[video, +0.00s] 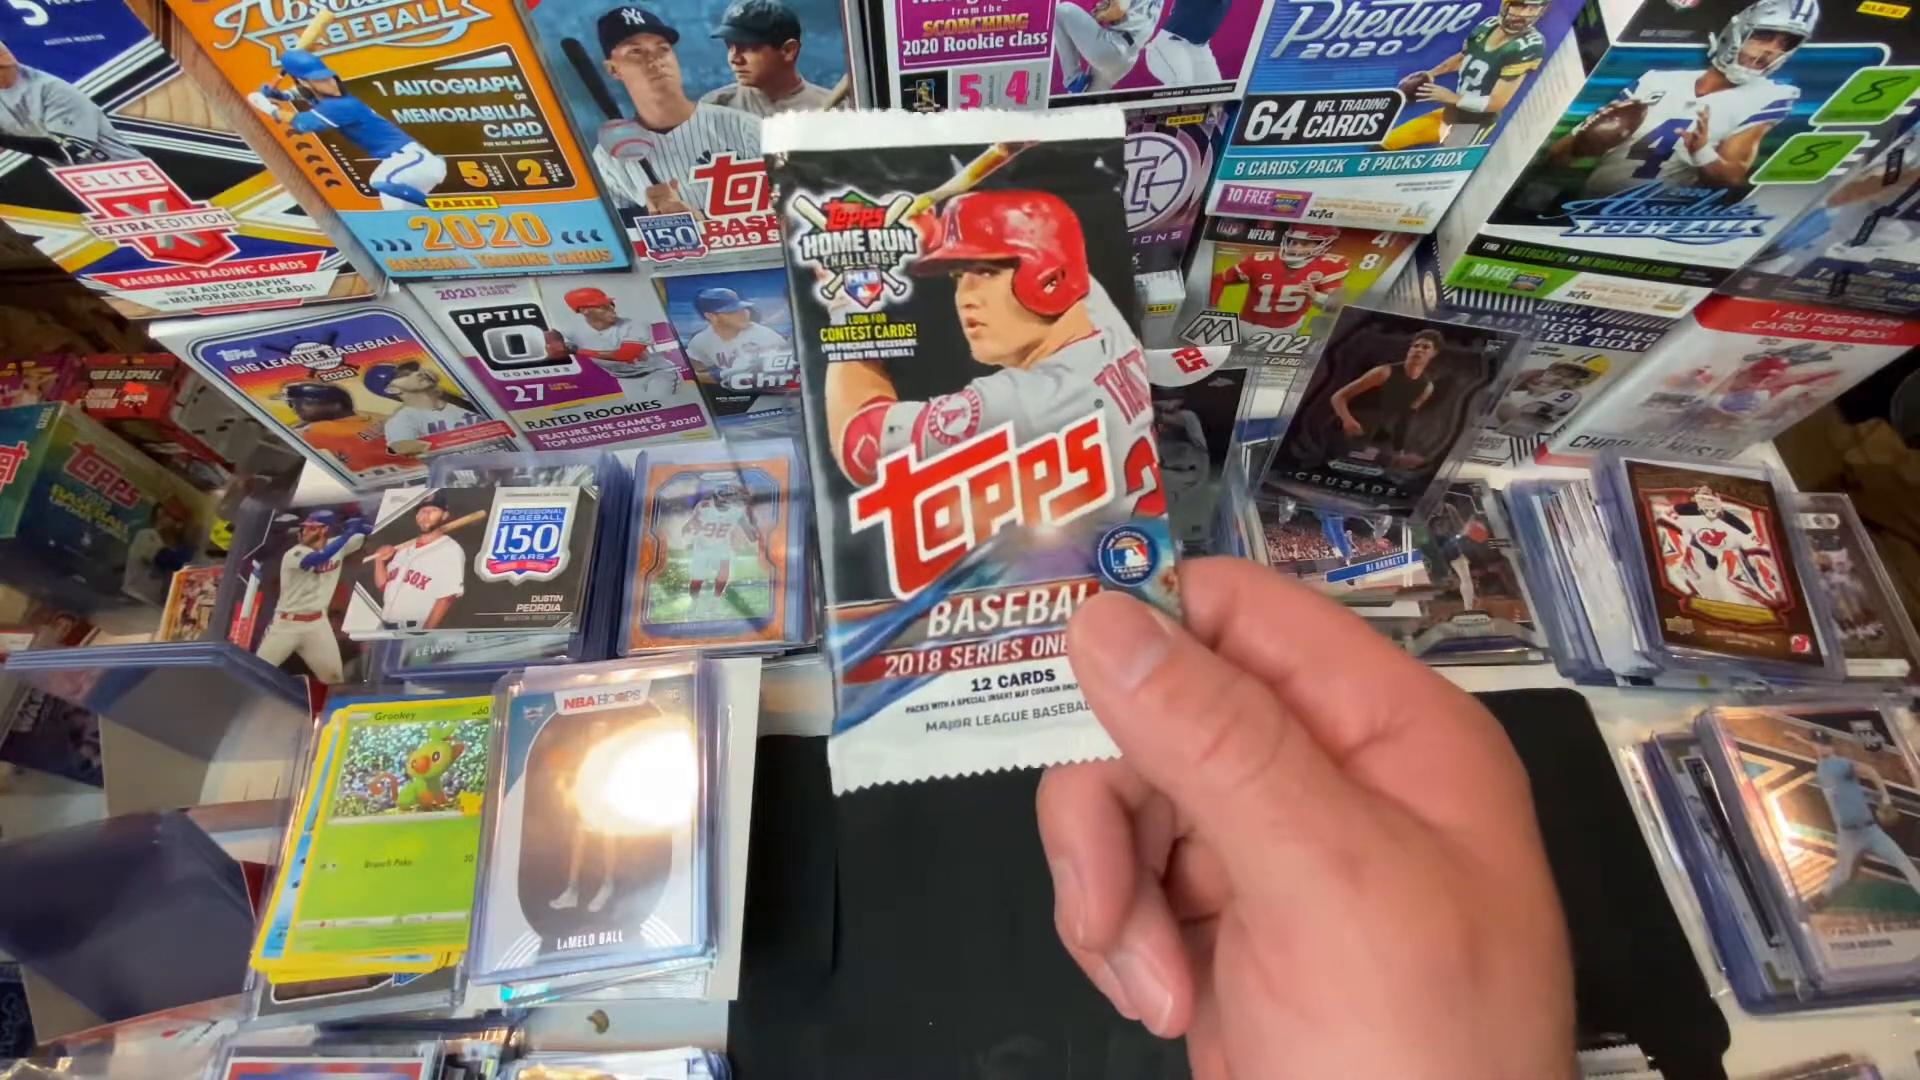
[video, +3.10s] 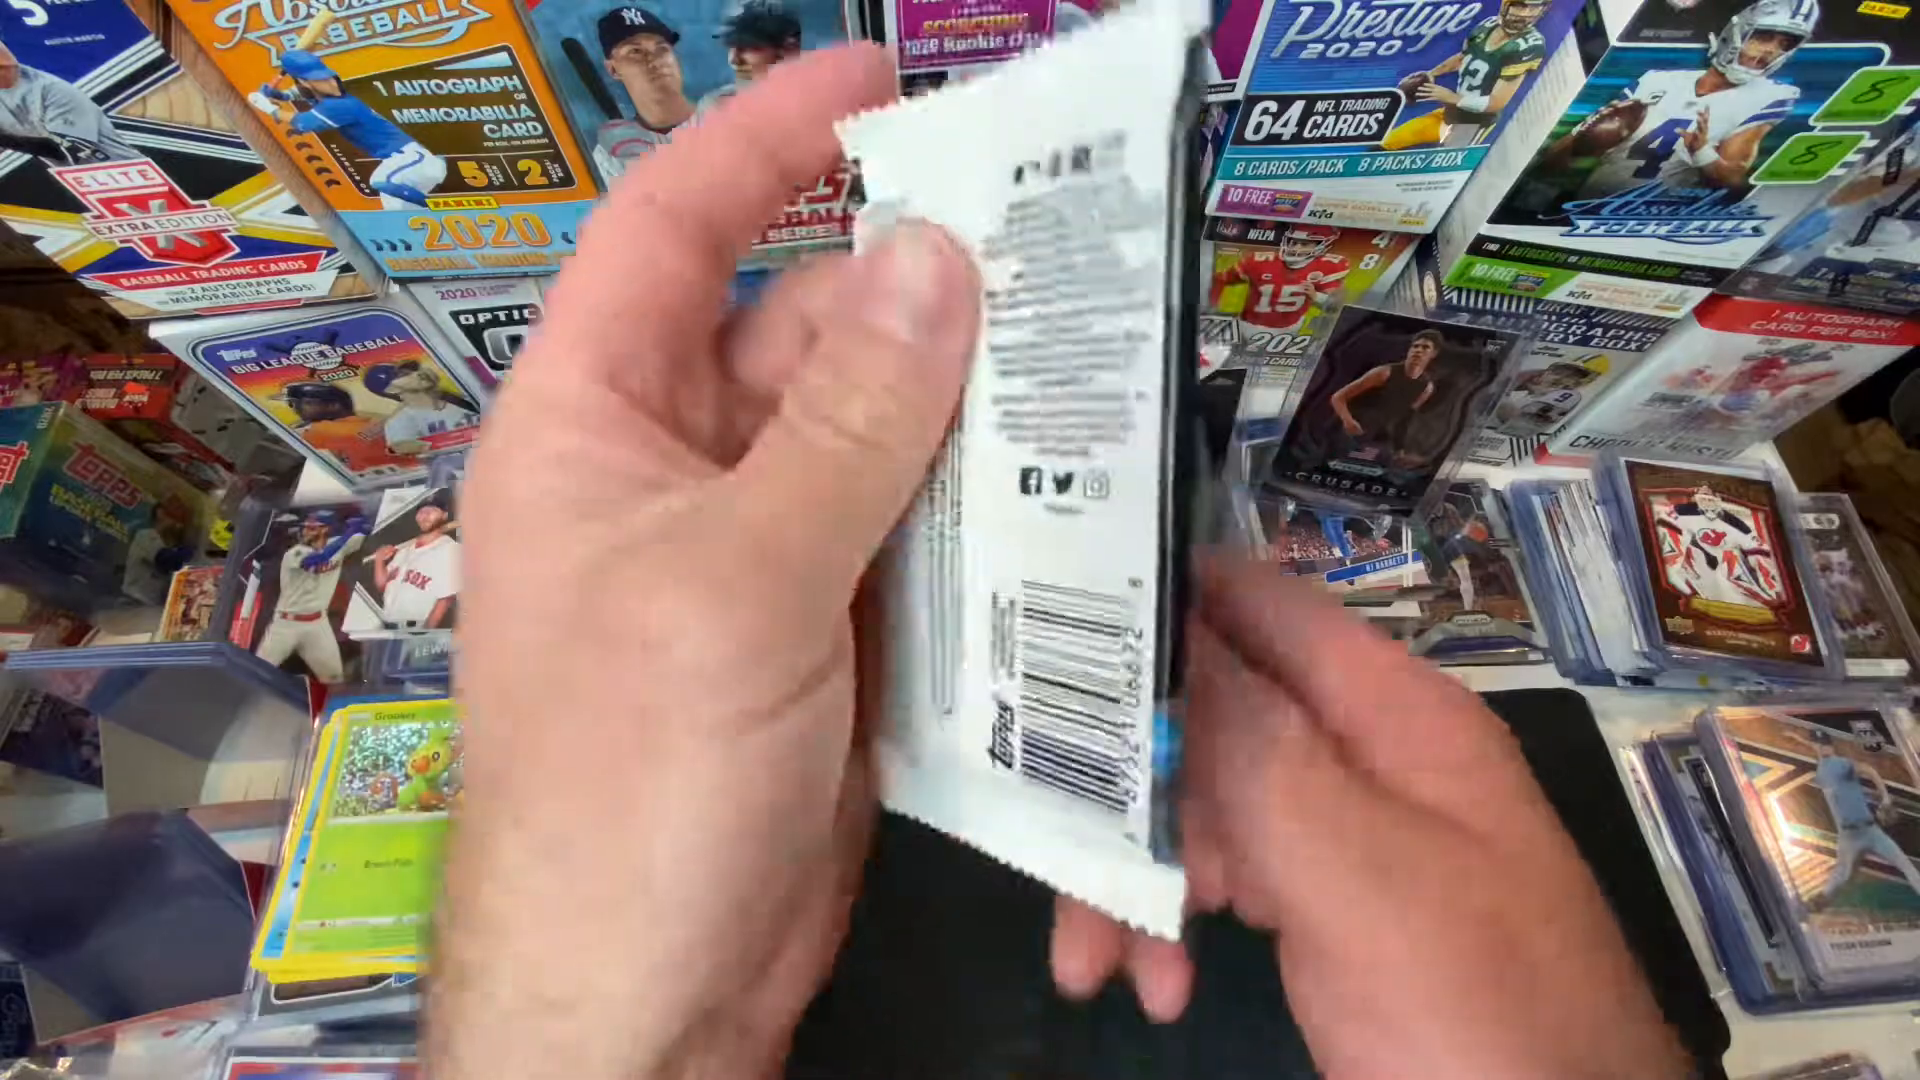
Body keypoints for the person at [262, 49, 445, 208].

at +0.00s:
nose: (331, 80)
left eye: (328, 76)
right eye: (322, 78)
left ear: (309, 82)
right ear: (306, 84)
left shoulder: (343, 106)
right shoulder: (330, 104)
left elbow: (300, 122)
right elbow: (302, 93)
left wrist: (271, 110)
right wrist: (277, 94)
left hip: (415, 157)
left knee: (381, 179)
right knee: (399, 222)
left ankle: (437, 214)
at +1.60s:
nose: (329, 79)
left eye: (326, 75)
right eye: (321, 78)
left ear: (310, 84)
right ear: (306, 83)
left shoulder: (343, 107)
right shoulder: (333, 100)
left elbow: (300, 123)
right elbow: (302, 92)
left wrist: (271, 109)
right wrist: (276, 94)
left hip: (414, 159)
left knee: (380, 179)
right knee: (399, 222)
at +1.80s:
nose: (300, 87)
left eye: (301, 82)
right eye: (304, 82)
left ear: (309, 83)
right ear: (311, 82)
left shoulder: (343, 106)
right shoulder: (332, 100)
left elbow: (300, 123)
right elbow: (303, 91)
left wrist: (271, 109)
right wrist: (277, 94)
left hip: (414, 158)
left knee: (380, 180)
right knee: (398, 222)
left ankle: (433, 214)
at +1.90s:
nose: (299, 87)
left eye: (300, 82)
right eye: (299, 83)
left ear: (310, 83)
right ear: (323, 78)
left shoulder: (342, 107)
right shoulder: (333, 99)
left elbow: (299, 122)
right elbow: (304, 90)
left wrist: (270, 109)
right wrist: (279, 94)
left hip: (414, 158)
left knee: (380, 180)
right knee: (396, 222)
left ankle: (431, 210)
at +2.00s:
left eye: (302, 82)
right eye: (321, 77)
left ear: (308, 83)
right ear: (307, 82)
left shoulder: (341, 106)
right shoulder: (332, 103)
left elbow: (300, 122)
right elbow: (300, 94)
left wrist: (271, 109)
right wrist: (276, 94)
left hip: (414, 158)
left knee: (380, 179)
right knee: (398, 218)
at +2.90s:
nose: (329, 79)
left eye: (303, 82)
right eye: (321, 77)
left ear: (308, 83)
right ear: (307, 84)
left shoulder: (343, 106)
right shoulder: (331, 102)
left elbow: (299, 122)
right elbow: (301, 92)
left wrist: (270, 109)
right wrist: (276, 95)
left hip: (415, 158)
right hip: (405, 167)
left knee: (381, 180)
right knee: (398, 221)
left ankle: (435, 212)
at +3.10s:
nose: (303, 88)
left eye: (303, 83)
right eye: (304, 83)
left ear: (311, 83)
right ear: (319, 80)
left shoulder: (341, 106)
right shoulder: (332, 100)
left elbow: (299, 122)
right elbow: (300, 93)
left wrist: (270, 108)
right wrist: (275, 93)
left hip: (415, 158)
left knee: (380, 180)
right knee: (397, 219)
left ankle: (430, 213)